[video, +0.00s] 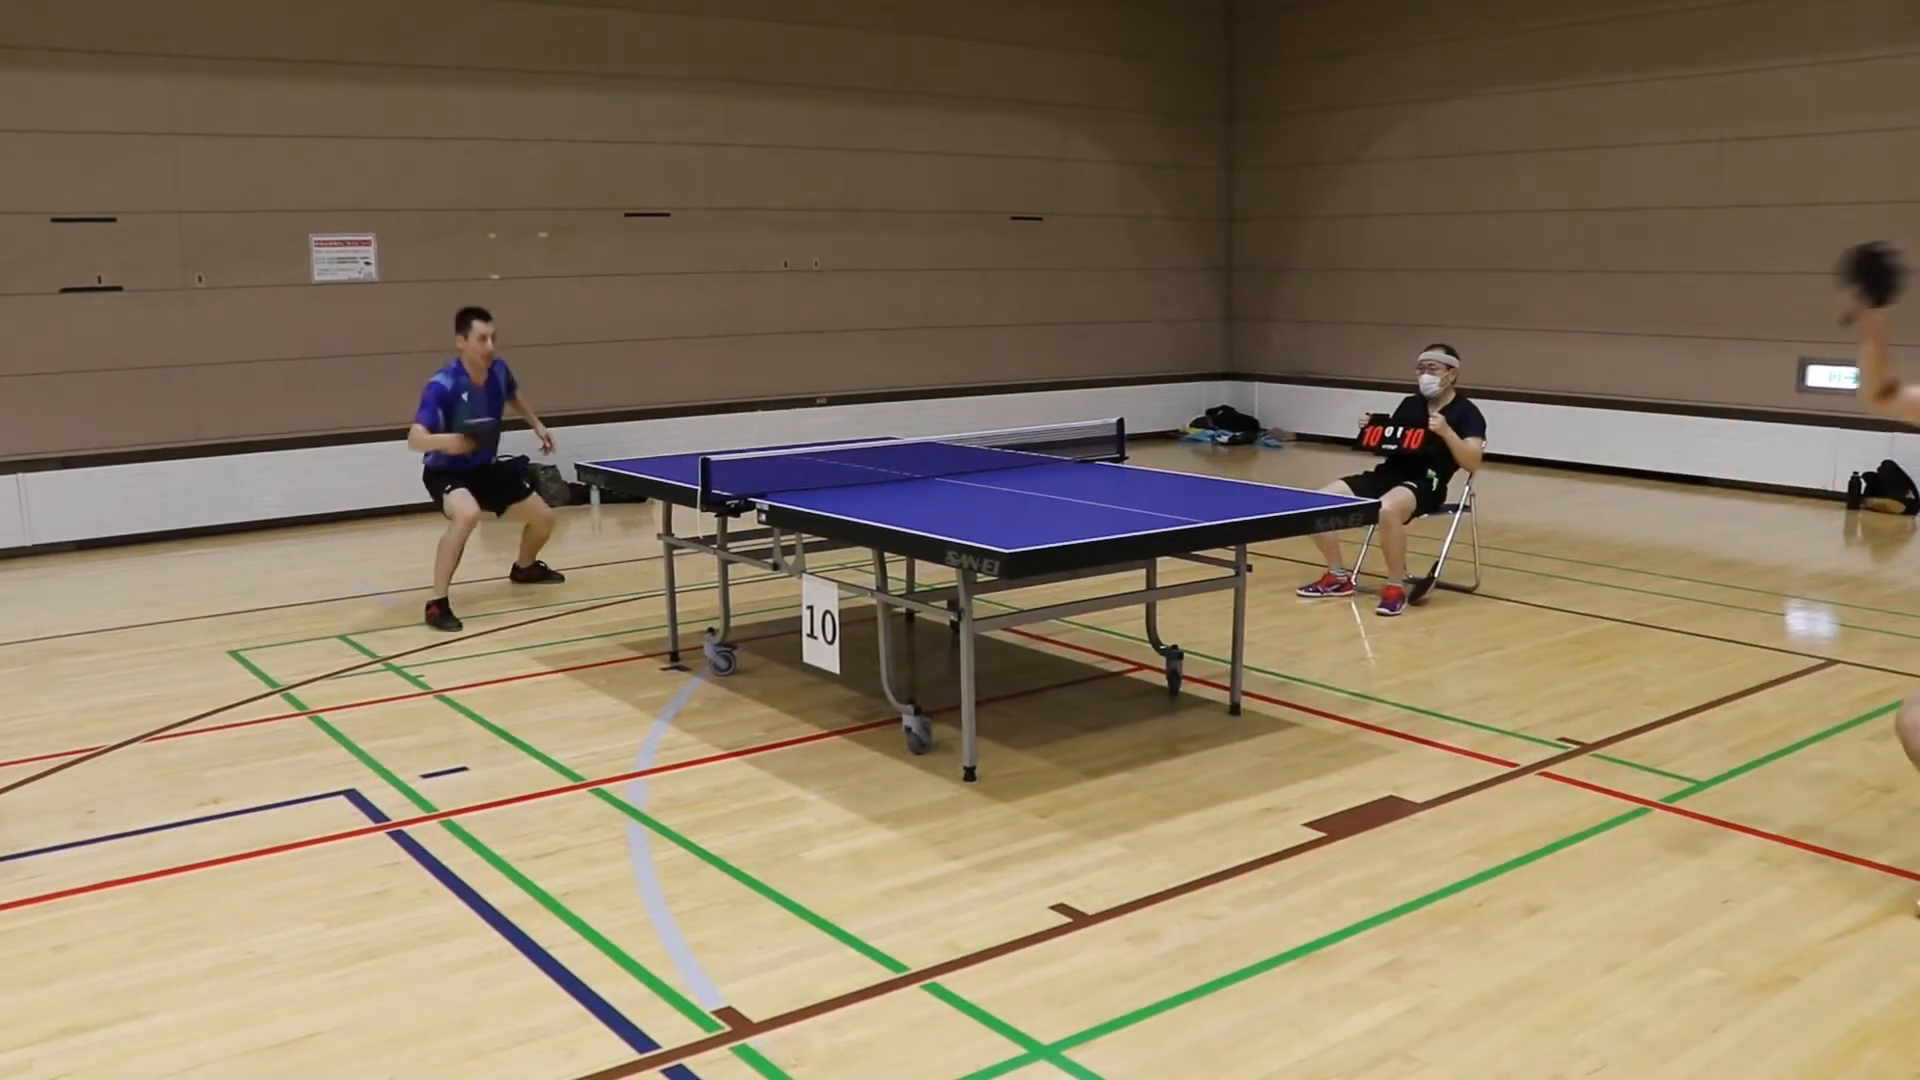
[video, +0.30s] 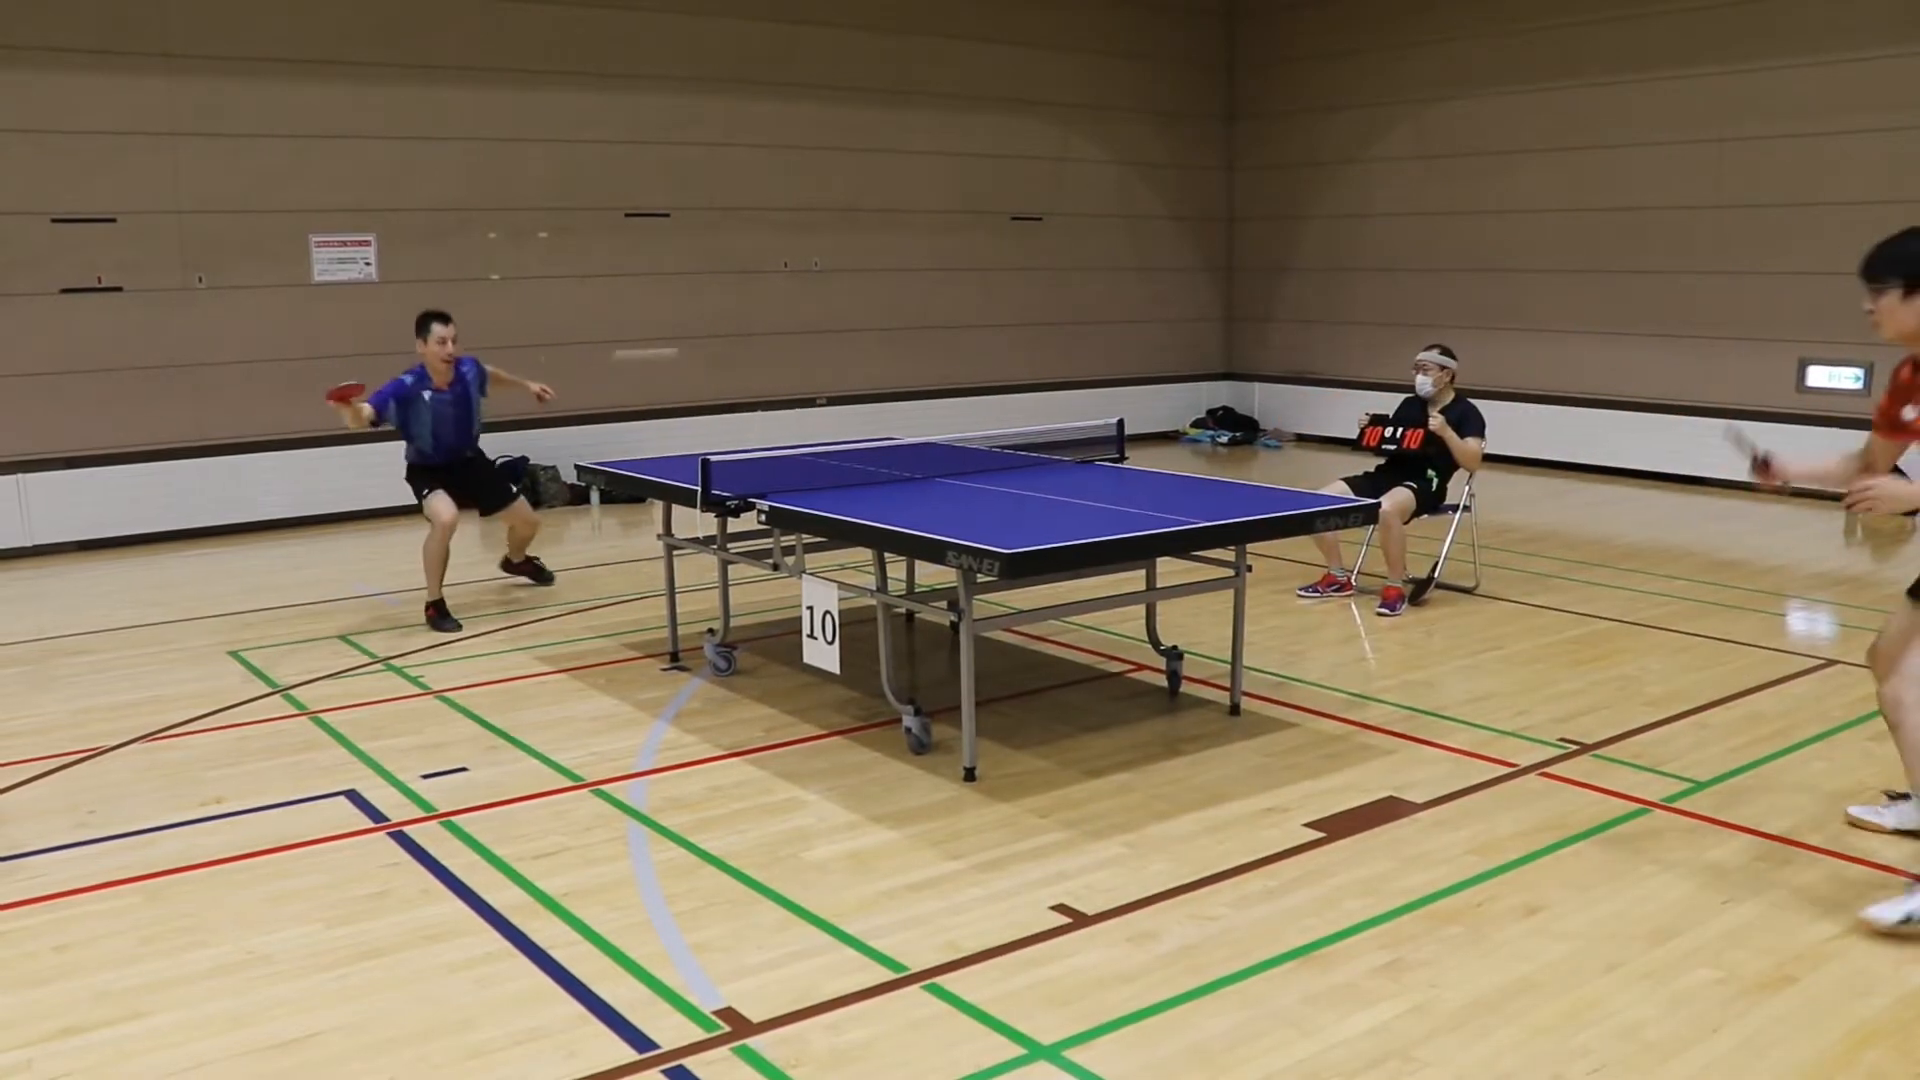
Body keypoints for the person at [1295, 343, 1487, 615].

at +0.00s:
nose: (1425, 374)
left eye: (1433, 369)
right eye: (1421, 369)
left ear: (1452, 375)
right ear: (1416, 373)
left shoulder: (1467, 413)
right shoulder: (1411, 404)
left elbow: (1472, 462)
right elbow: (1394, 438)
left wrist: (1447, 433)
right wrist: (1373, 425)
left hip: (1426, 482)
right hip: (1390, 473)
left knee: (1388, 510)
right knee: (1319, 502)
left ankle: (1395, 587)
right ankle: (1337, 576)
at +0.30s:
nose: (1419, 376)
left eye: (1426, 370)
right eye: (1417, 369)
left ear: (1447, 376)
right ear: (1414, 372)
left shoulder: (1466, 413)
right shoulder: (1411, 404)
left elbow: (1472, 462)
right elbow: (1393, 439)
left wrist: (1447, 433)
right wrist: (1373, 426)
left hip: (1426, 482)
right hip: (1390, 474)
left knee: (1388, 510)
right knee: (1318, 503)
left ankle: (1394, 588)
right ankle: (1337, 576)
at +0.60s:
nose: (1430, 375)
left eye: (1438, 369)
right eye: (1425, 369)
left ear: (1454, 375)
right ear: (1418, 374)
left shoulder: (1467, 413)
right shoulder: (1411, 404)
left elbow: (1472, 462)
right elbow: (1394, 438)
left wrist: (1447, 433)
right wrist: (1373, 426)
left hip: (1426, 482)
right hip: (1390, 474)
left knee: (1388, 510)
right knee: (1319, 503)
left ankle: (1394, 587)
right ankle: (1337, 576)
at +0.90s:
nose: (1435, 376)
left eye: (1443, 370)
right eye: (1428, 370)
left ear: (1456, 375)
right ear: (1421, 375)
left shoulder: (1467, 413)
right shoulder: (1411, 404)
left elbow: (1472, 462)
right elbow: (1393, 439)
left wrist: (1447, 433)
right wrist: (1373, 426)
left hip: (1427, 481)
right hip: (1390, 473)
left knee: (1388, 510)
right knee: (1318, 503)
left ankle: (1395, 587)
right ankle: (1337, 576)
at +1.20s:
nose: (1421, 375)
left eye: (1429, 370)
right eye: (1419, 369)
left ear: (1449, 376)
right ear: (1415, 373)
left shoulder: (1466, 413)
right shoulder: (1411, 404)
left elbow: (1472, 463)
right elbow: (1395, 439)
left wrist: (1447, 433)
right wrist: (1374, 426)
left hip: (1426, 482)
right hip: (1390, 474)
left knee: (1388, 510)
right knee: (1318, 503)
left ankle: (1395, 588)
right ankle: (1337, 576)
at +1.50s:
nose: (1419, 374)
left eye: (1427, 369)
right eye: (1417, 368)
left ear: (1447, 374)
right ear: (1414, 371)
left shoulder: (1453, 409)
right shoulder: (1409, 404)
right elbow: (1393, 439)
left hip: (1429, 484)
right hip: (1392, 474)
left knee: (1387, 511)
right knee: (1318, 503)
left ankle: (1396, 586)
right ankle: (1338, 576)